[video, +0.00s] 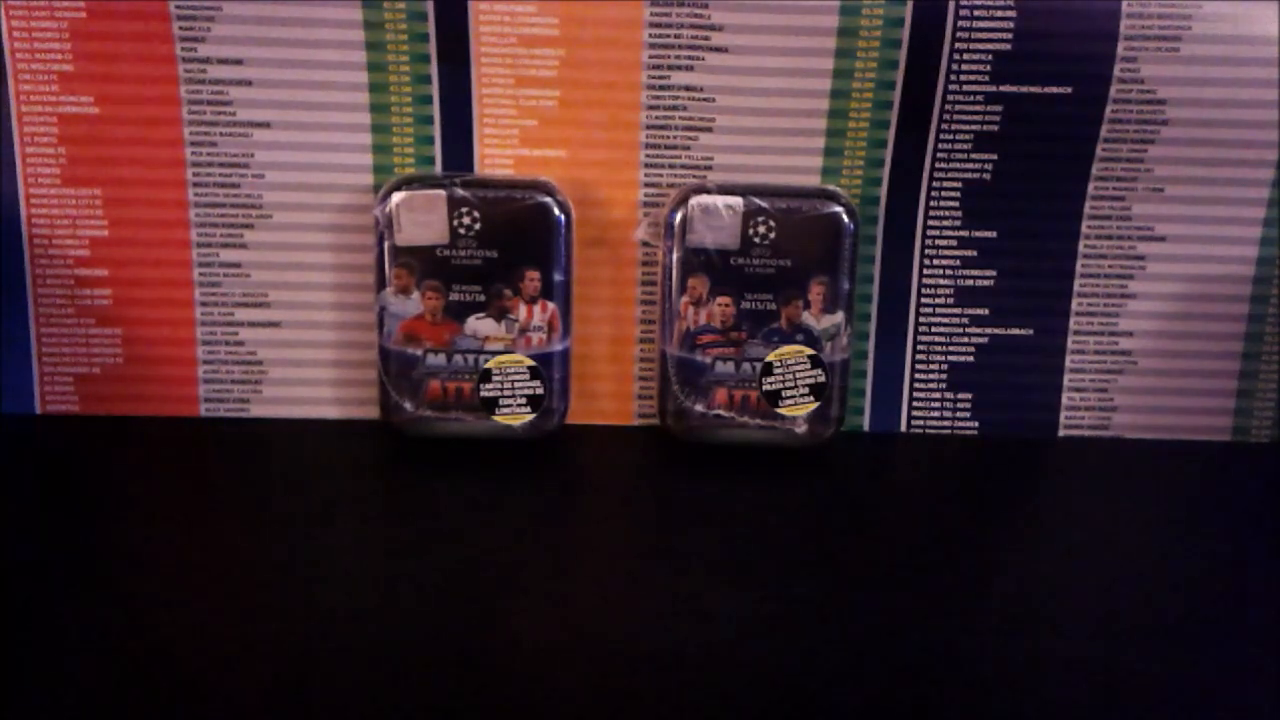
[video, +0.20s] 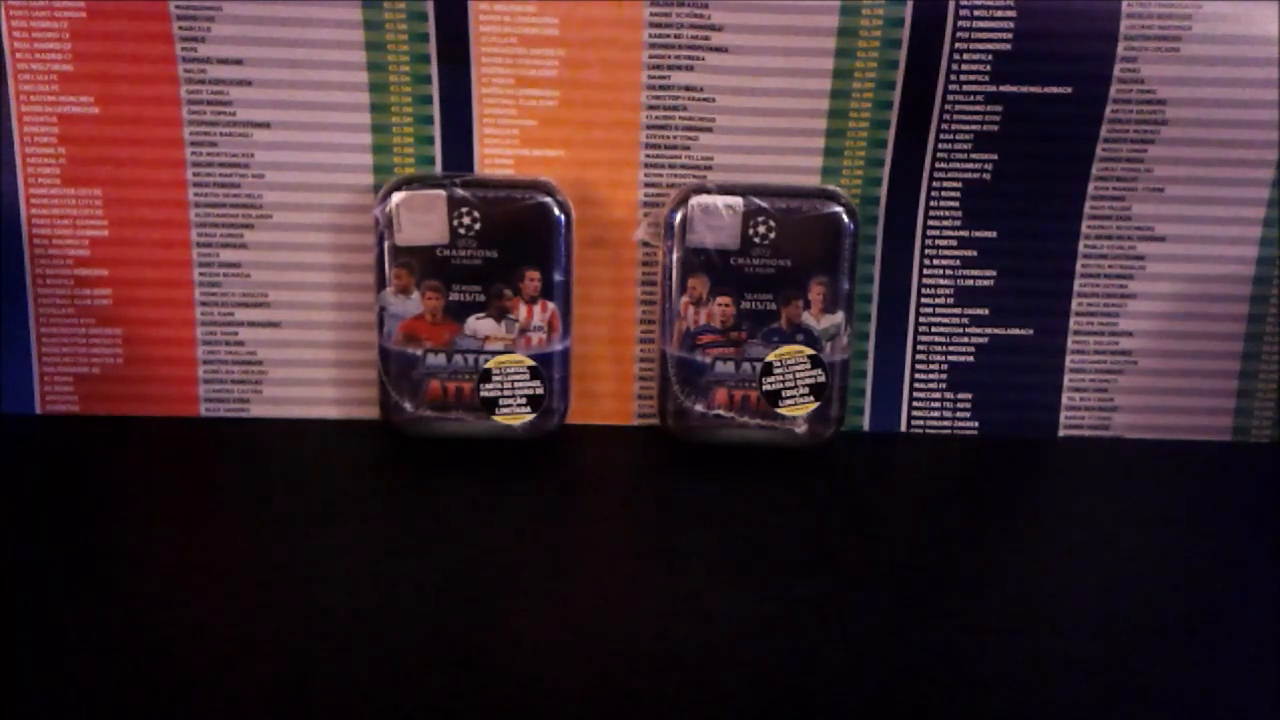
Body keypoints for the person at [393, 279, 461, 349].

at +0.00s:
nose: (433, 303)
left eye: (437, 299)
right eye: (429, 298)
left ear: (444, 301)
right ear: (422, 301)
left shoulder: (454, 328)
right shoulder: (408, 326)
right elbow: (395, 348)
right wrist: (421, 346)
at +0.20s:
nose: (433, 303)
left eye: (437, 299)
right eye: (429, 299)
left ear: (444, 301)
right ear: (422, 301)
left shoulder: (454, 328)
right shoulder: (408, 326)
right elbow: (396, 348)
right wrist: (421, 346)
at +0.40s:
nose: (433, 303)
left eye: (437, 299)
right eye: (429, 299)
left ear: (444, 302)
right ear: (422, 301)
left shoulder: (454, 328)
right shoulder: (409, 325)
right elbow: (396, 347)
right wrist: (421, 346)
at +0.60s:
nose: (433, 303)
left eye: (437, 299)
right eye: (429, 299)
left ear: (444, 302)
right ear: (422, 301)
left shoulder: (454, 328)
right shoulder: (408, 326)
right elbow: (395, 349)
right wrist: (420, 347)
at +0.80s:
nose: (433, 303)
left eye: (437, 299)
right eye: (429, 299)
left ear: (443, 301)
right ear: (422, 301)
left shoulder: (454, 328)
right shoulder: (408, 325)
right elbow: (394, 348)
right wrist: (420, 346)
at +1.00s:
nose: (433, 303)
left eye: (437, 299)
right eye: (429, 299)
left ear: (444, 301)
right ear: (422, 301)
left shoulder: (454, 328)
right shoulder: (408, 325)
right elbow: (394, 349)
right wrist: (420, 346)